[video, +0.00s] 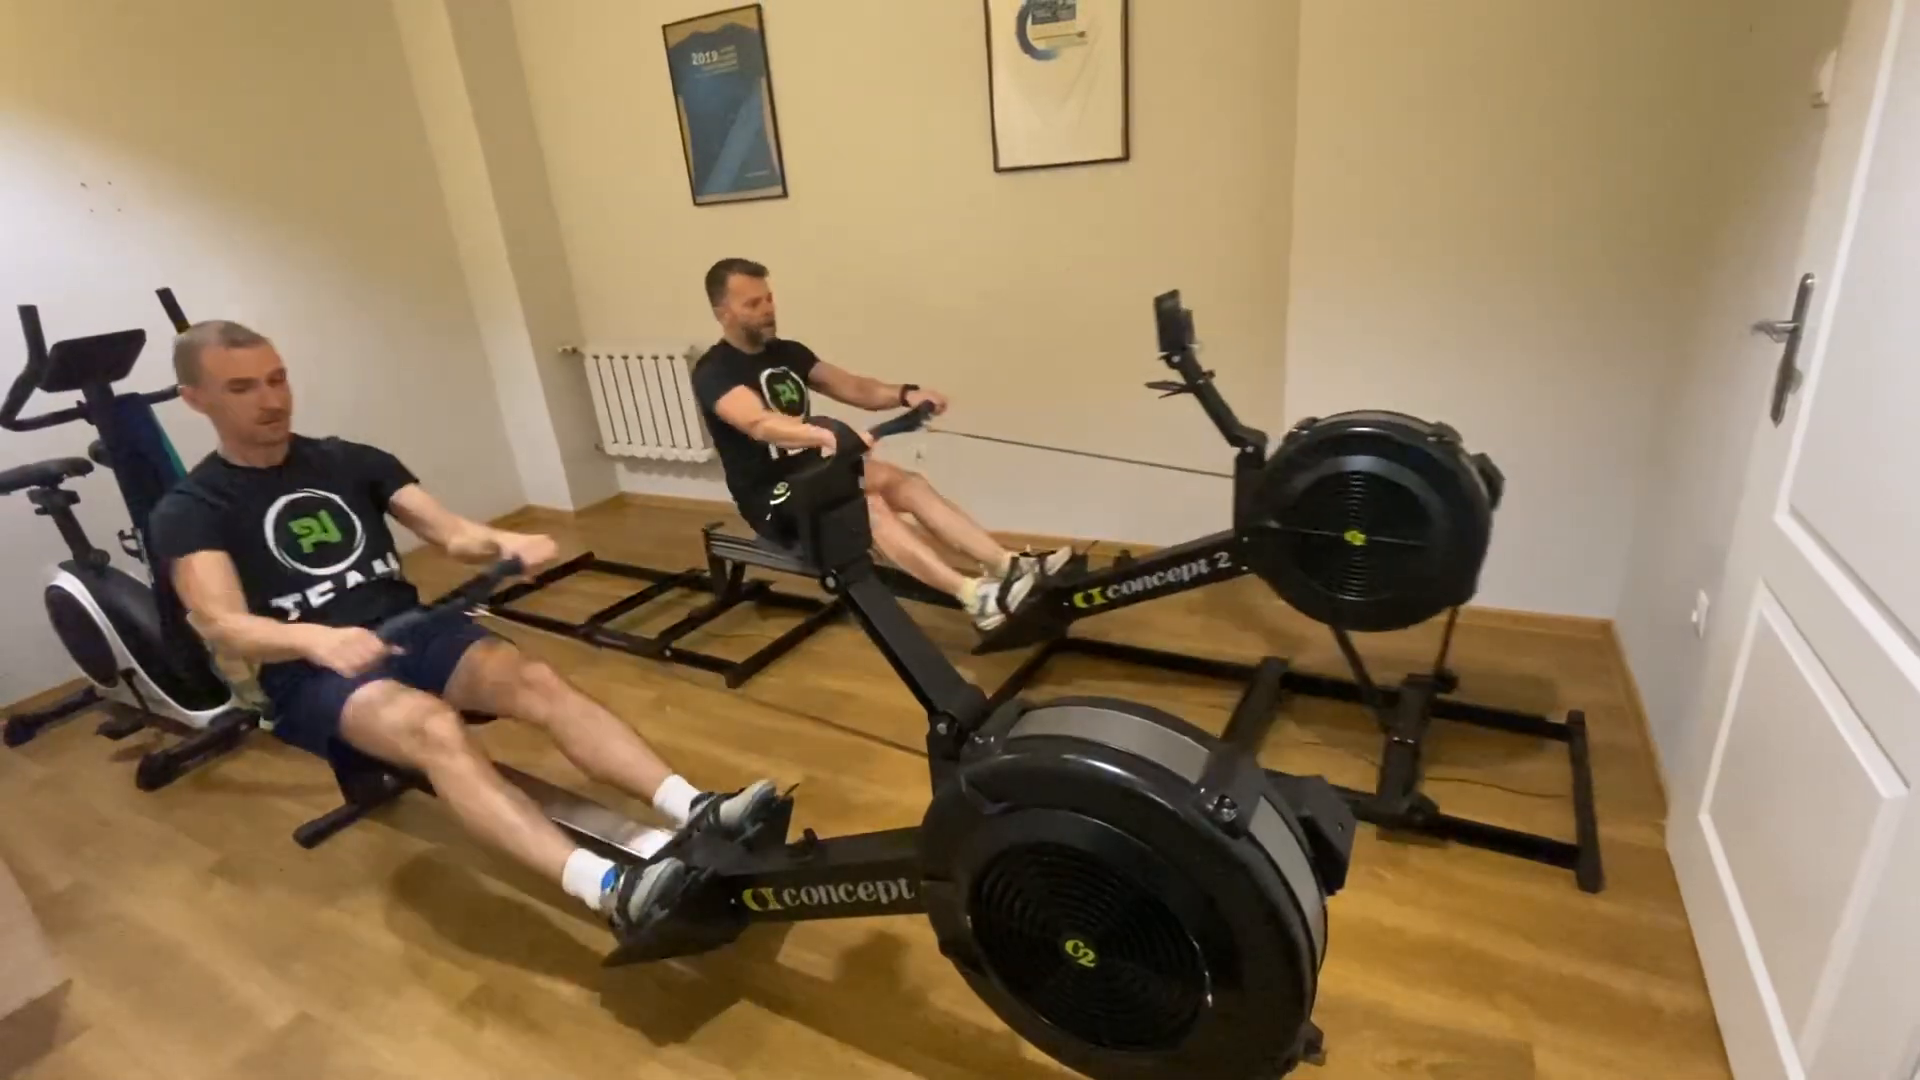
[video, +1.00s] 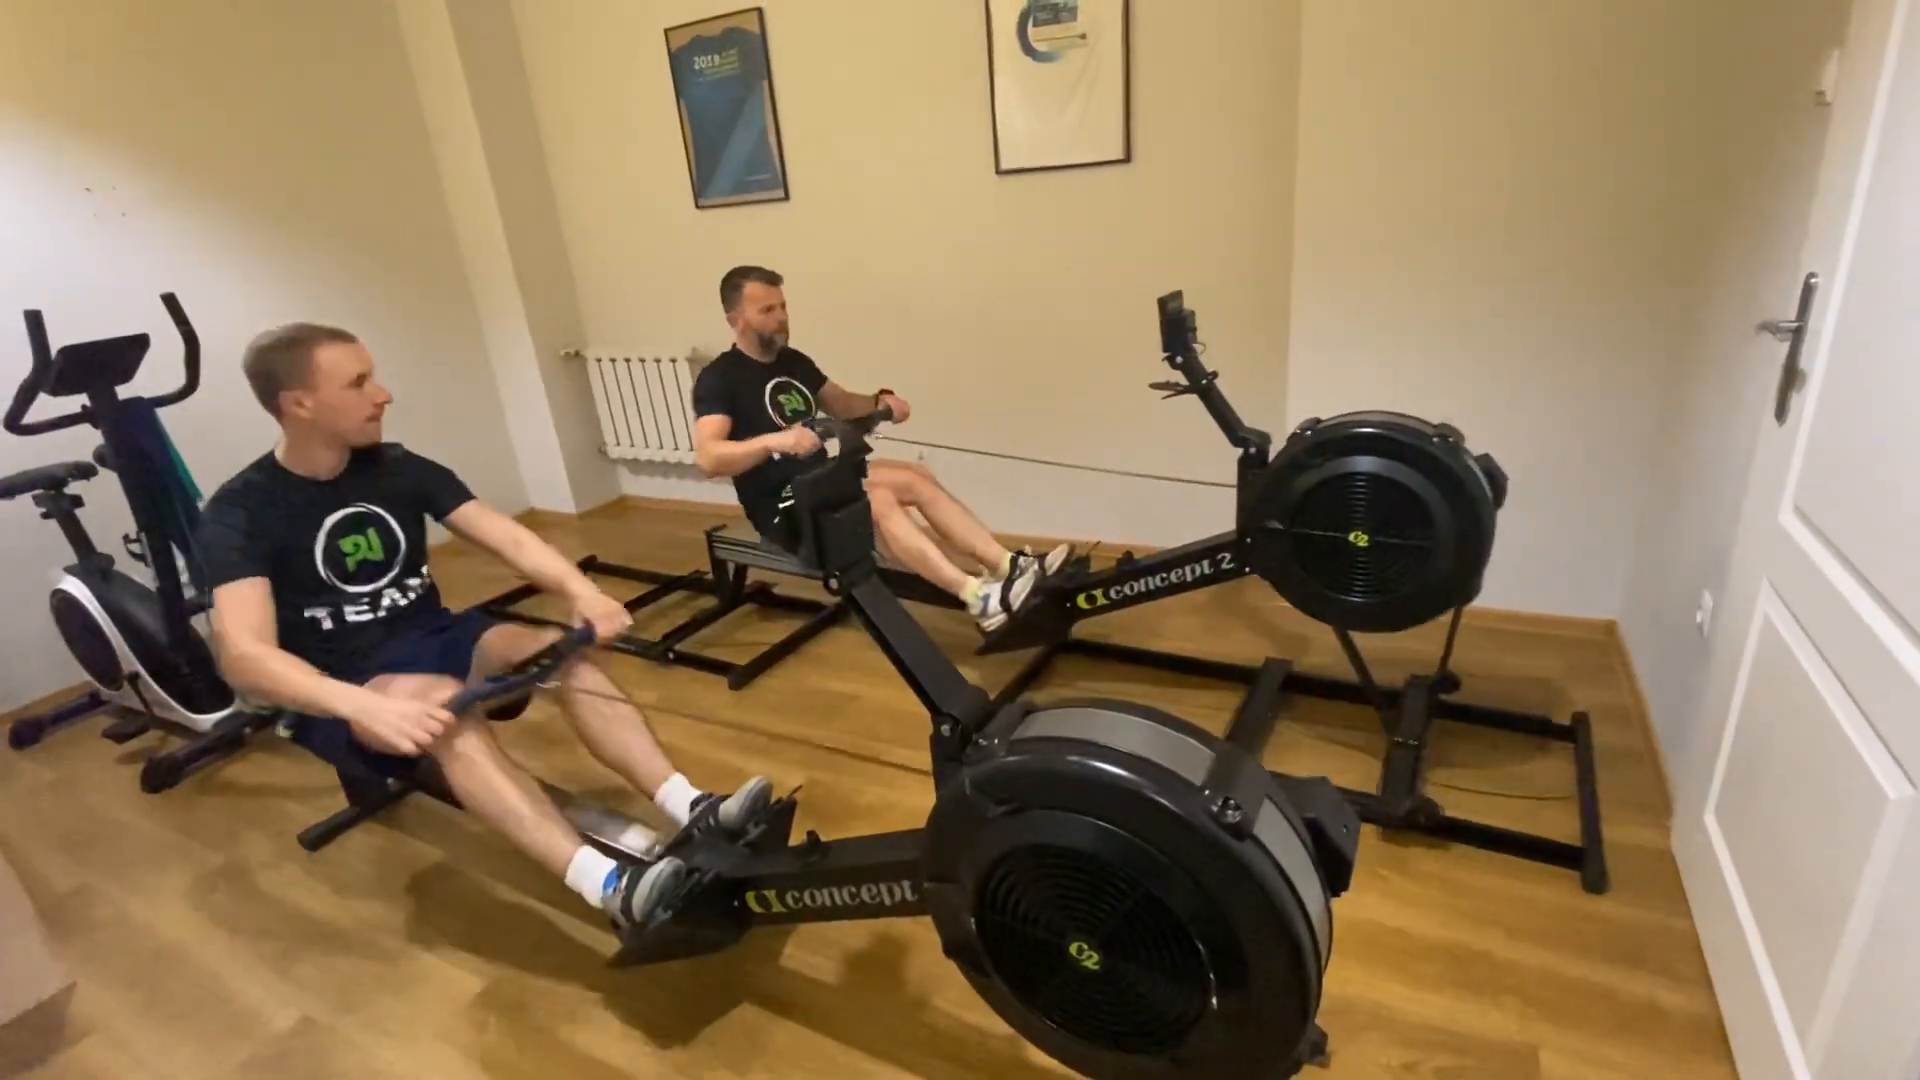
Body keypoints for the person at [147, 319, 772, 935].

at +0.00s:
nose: (270, 399)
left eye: (275, 379)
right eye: (243, 389)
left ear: (287, 372)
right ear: (196, 400)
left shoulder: (349, 462)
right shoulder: (190, 511)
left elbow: (449, 531)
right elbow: (224, 625)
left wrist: (505, 543)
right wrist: (314, 639)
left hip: (403, 626)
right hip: (308, 668)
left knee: (532, 679)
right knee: (432, 727)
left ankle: (697, 812)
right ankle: (608, 889)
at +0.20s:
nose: (253, 421)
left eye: (258, 401)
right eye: (228, 412)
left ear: (271, 394)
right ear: (185, 426)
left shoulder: (333, 479)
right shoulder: (173, 532)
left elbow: (414, 543)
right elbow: (149, 655)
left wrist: (435, 544)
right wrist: (213, 638)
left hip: (400, 627)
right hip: (312, 669)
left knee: (526, 709)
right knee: (436, 756)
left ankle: (697, 812)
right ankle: (612, 892)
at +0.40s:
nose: (255, 430)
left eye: (259, 410)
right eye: (230, 421)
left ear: (269, 404)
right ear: (185, 434)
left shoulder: (328, 485)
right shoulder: (172, 536)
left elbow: (388, 576)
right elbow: (133, 662)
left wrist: (407, 548)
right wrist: (173, 620)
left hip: (402, 630)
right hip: (319, 671)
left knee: (519, 702)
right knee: (435, 752)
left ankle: (697, 812)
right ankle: (616, 889)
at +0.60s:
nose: (290, 404)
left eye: (287, 388)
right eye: (265, 395)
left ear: (285, 391)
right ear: (208, 419)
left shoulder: (340, 478)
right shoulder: (181, 528)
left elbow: (425, 551)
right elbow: (146, 662)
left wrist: (453, 555)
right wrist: (224, 647)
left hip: (396, 637)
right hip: (309, 674)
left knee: (529, 699)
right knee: (438, 745)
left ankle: (696, 811)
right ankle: (614, 890)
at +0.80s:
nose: (332, 394)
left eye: (325, 377)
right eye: (309, 386)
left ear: (263, 402)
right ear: (247, 408)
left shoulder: (358, 470)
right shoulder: (204, 513)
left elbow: (462, 543)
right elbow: (180, 657)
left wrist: (516, 574)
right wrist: (295, 682)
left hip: (418, 641)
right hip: (329, 680)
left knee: (536, 680)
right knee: (441, 728)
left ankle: (692, 810)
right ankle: (610, 888)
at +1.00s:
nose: (381, 395)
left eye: (374, 378)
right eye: (359, 384)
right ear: (297, 406)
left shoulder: (399, 471)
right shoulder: (241, 513)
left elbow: (509, 540)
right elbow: (246, 658)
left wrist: (581, 590)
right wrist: (360, 705)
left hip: (437, 639)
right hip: (346, 679)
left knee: (562, 650)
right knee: (448, 720)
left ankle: (694, 813)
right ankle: (614, 890)